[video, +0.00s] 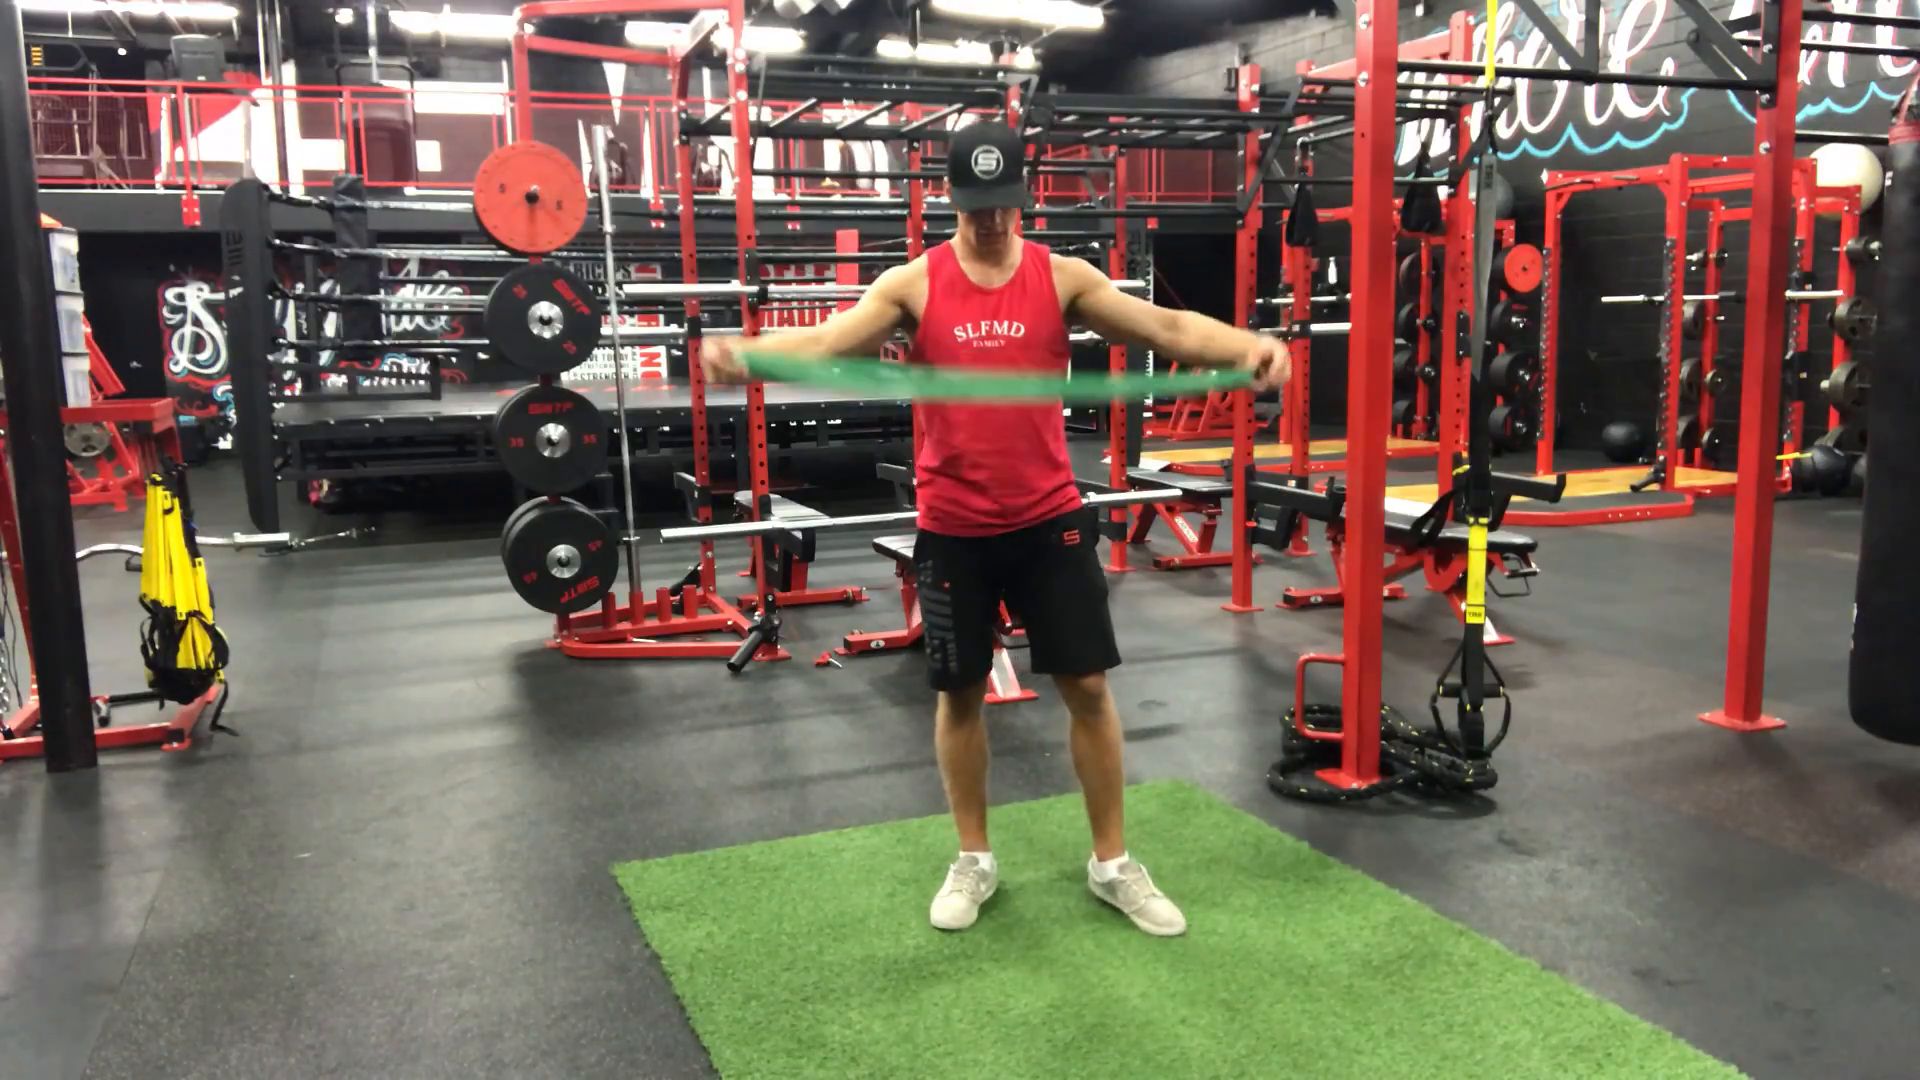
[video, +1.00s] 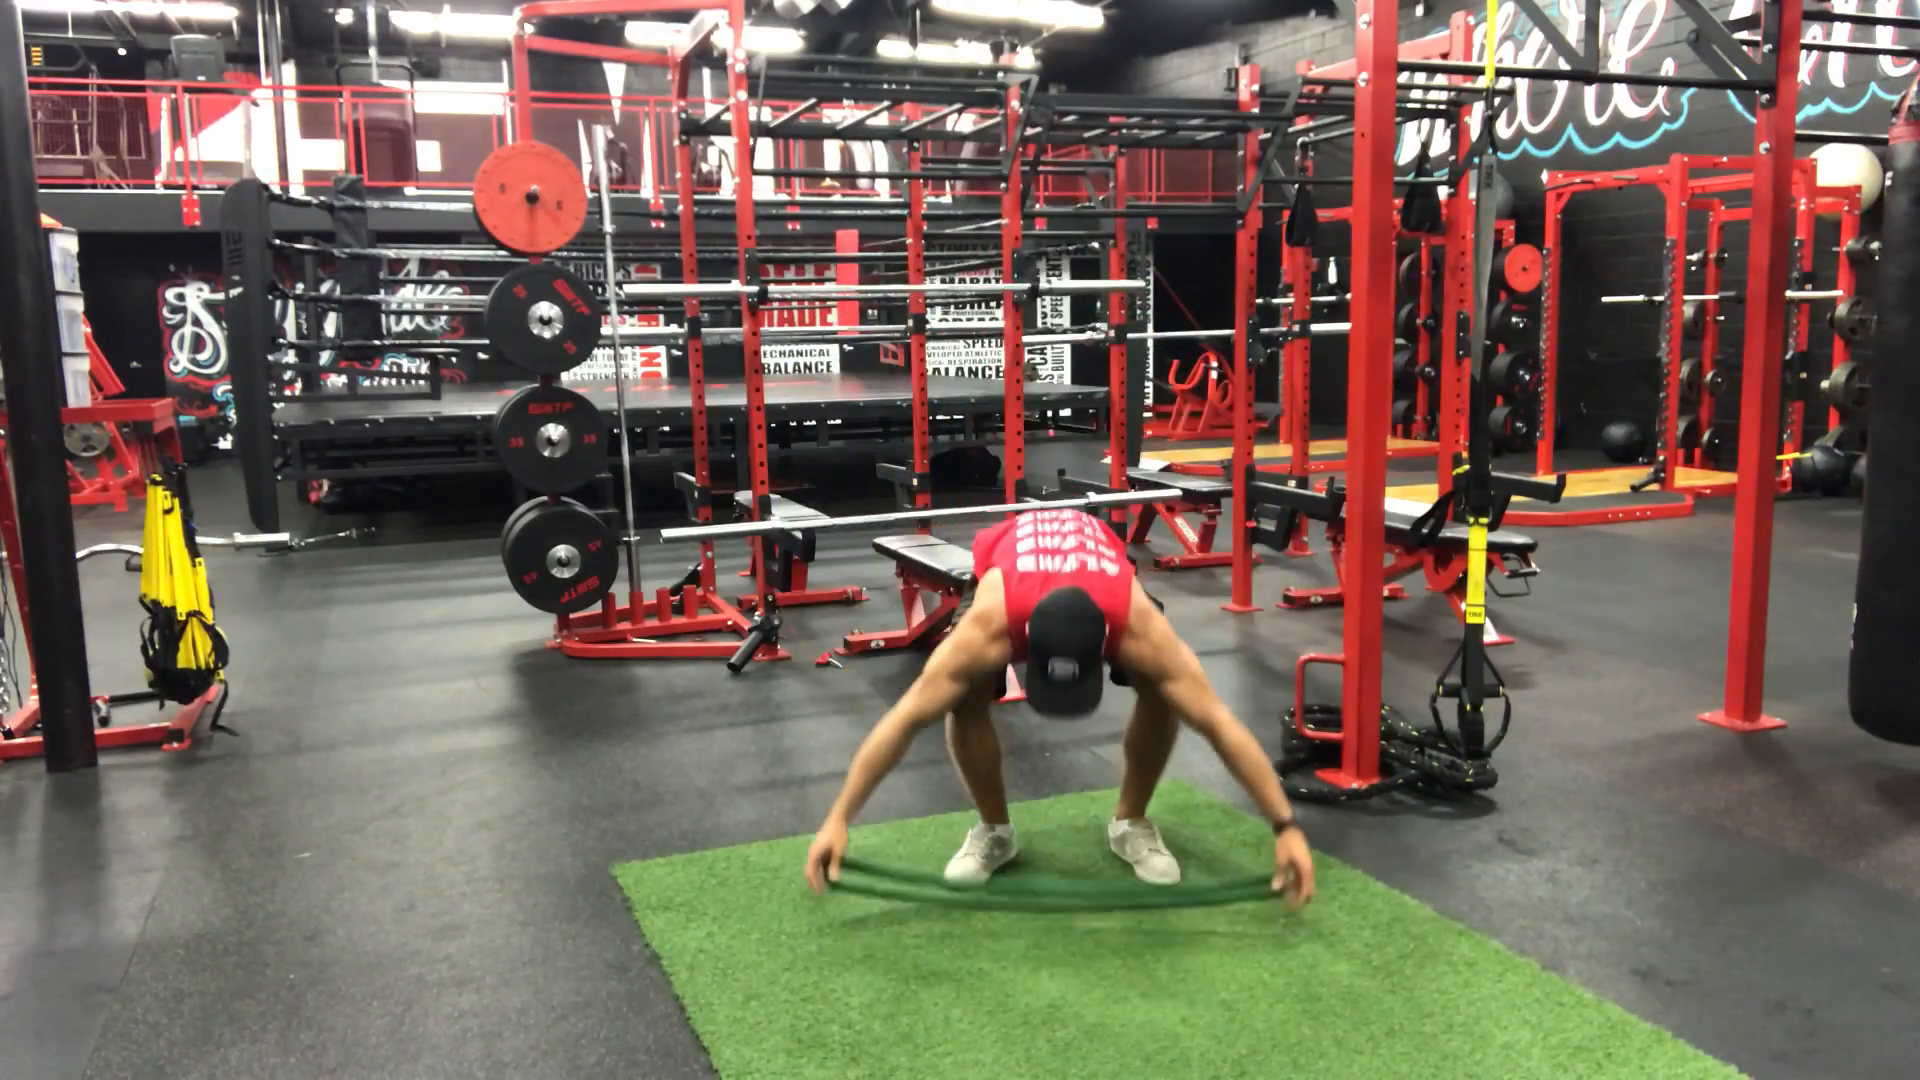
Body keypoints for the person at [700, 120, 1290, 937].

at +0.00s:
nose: (990, 219)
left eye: (1002, 204)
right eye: (975, 205)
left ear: (1023, 195)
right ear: (950, 199)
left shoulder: (1063, 278)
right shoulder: (913, 283)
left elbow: (1167, 327)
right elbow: (825, 342)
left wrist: (1250, 344)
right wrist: (746, 353)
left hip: (1051, 514)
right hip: (955, 524)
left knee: (1088, 687)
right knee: (960, 696)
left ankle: (1111, 860)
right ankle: (973, 858)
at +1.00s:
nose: (1061, 706)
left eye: (1072, 695)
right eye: (1052, 694)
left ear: (1104, 654)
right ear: (1027, 650)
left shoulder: (1147, 638)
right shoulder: (977, 640)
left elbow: (1219, 725)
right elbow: (903, 719)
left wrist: (1286, 825)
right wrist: (838, 818)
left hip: (1097, 540)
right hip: (1001, 544)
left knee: (1165, 687)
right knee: (962, 696)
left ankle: (1131, 823)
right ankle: (992, 831)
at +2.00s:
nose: (1013, 358)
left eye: (1023, 341)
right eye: (997, 347)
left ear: (1039, 314)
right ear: (968, 324)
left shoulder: (1085, 344)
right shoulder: (929, 377)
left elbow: (1121, 410)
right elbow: (901, 477)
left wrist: (1144, 490)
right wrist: (883, 579)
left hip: (1088, 513)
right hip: (994, 531)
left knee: (1153, 641)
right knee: (983, 683)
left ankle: (1192, 827)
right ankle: (995, 829)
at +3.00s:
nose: (1137, 284)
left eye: (1153, 271)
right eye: (1127, 268)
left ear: (1184, 254)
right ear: (1111, 242)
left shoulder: (1216, 313)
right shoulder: (1061, 290)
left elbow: (1253, 412)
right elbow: (998, 383)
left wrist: (1298, 509)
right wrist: (949, 486)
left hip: (1145, 531)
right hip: (1044, 524)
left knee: (1179, 690)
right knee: (979, 674)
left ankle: (1189, 854)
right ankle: (912, 832)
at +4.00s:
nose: (1031, 317)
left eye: (1045, 301)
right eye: (1017, 302)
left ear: (1068, 273)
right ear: (992, 272)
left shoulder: (1109, 319)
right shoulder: (948, 326)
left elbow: (1169, 410)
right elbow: (901, 431)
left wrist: (1241, 492)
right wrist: (862, 537)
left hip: (1090, 547)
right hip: (980, 553)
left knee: (1159, 702)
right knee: (929, 711)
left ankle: (1201, 858)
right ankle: (890, 867)